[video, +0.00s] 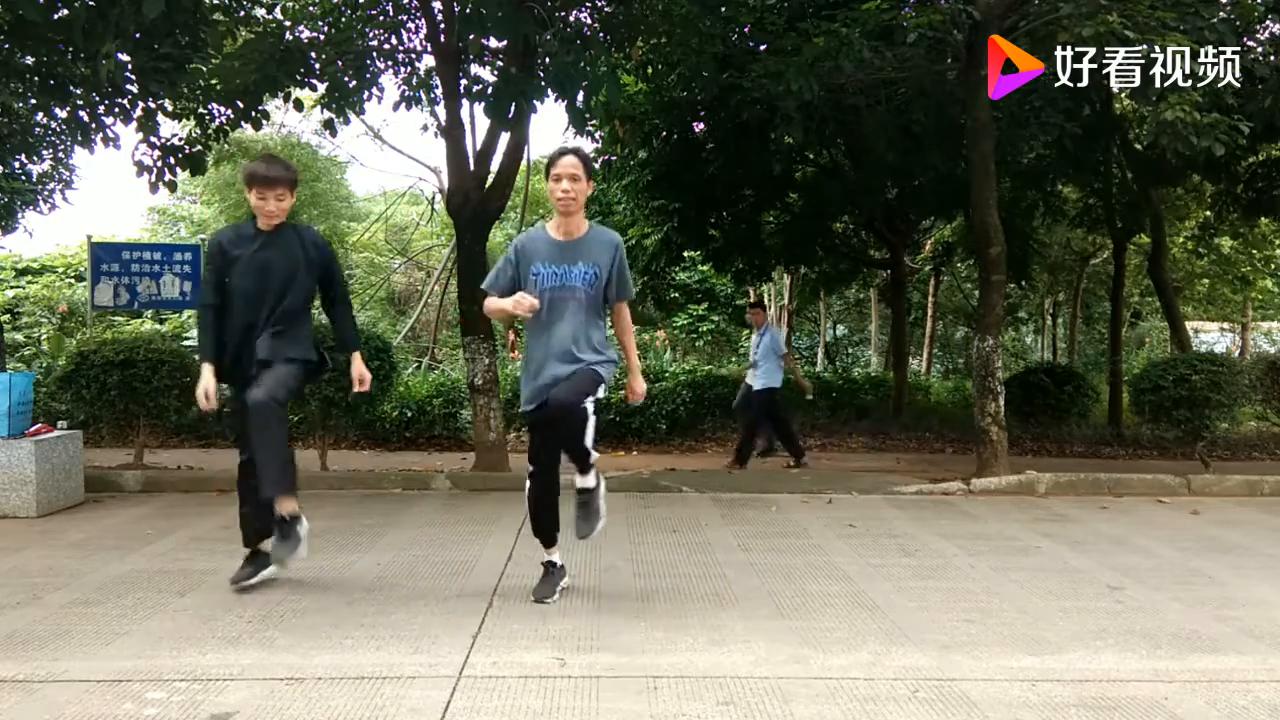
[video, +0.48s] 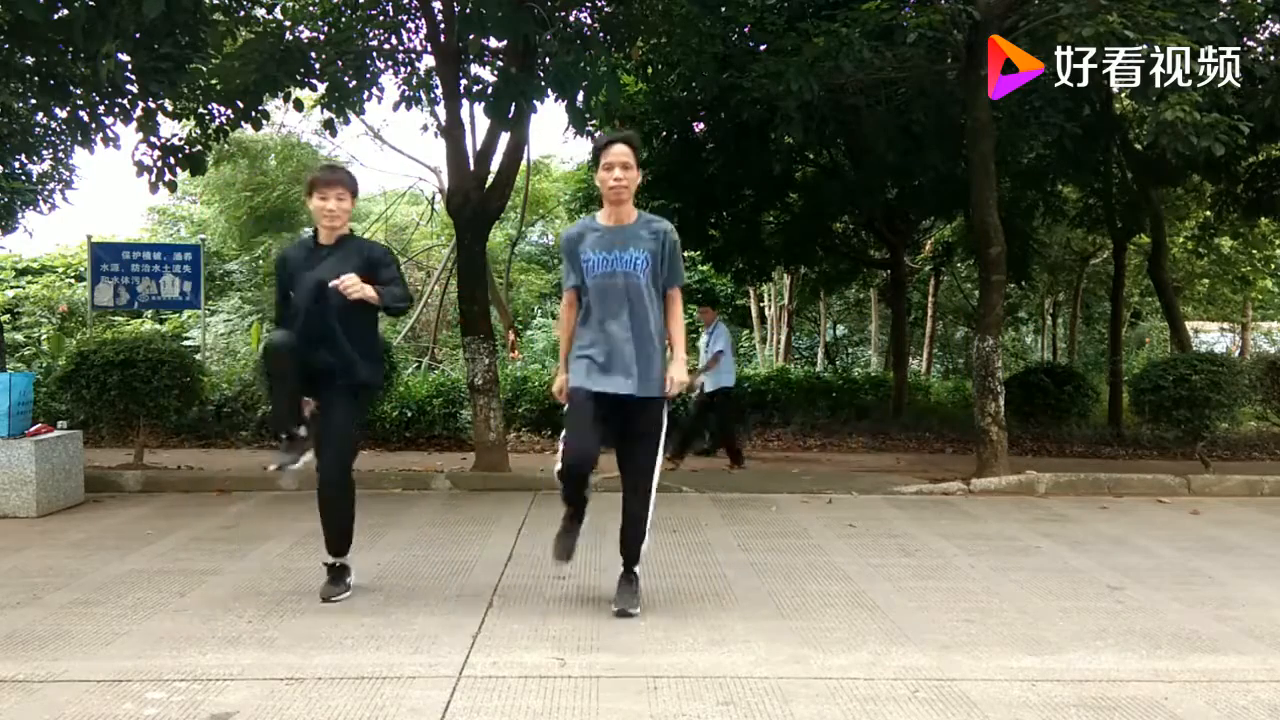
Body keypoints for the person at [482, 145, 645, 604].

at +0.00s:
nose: (566, 187)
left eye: (574, 179)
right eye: (558, 179)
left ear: (589, 187)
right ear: (547, 186)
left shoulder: (608, 244)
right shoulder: (526, 244)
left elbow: (621, 310)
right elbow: (490, 303)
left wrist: (634, 369)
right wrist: (511, 304)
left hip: (590, 362)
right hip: (539, 370)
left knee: (561, 405)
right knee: (542, 469)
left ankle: (587, 480)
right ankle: (551, 561)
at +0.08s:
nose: (573, 183)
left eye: (582, 175)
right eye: (565, 175)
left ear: (596, 184)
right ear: (554, 183)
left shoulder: (615, 241)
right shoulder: (532, 241)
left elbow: (626, 304)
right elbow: (500, 301)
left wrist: (636, 365)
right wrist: (516, 302)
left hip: (596, 361)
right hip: (546, 369)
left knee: (583, 415)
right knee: (546, 472)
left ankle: (597, 493)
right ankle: (552, 561)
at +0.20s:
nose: (592, 183)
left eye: (600, 174)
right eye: (583, 175)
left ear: (614, 183)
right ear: (572, 183)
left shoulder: (631, 242)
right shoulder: (546, 240)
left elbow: (638, 302)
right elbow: (528, 298)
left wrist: (645, 359)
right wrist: (538, 322)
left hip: (610, 380)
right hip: (555, 381)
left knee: (612, 465)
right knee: (548, 473)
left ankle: (619, 558)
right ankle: (547, 554)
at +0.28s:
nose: (600, 196)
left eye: (608, 188)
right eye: (592, 188)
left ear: (621, 196)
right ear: (579, 197)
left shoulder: (638, 255)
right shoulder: (558, 252)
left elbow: (645, 321)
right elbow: (542, 314)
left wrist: (649, 380)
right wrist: (544, 351)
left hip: (619, 394)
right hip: (566, 393)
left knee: (620, 490)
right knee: (548, 481)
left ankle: (630, 579)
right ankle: (542, 556)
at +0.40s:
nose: (612, 179)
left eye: (621, 171)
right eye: (604, 171)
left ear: (634, 180)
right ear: (591, 181)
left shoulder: (656, 239)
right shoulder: (571, 241)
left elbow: (665, 306)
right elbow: (562, 309)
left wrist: (667, 367)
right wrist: (554, 373)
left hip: (638, 382)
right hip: (582, 380)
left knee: (633, 486)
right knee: (565, 477)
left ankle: (630, 581)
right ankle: (557, 539)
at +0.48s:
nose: (616, 175)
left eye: (625, 167)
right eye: (608, 167)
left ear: (638, 176)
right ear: (597, 176)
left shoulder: (661, 233)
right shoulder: (576, 237)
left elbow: (674, 301)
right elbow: (570, 303)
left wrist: (678, 357)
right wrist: (563, 366)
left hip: (646, 373)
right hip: (589, 370)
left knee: (639, 480)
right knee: (576, 460)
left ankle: (630, 573)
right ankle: (574, 513)